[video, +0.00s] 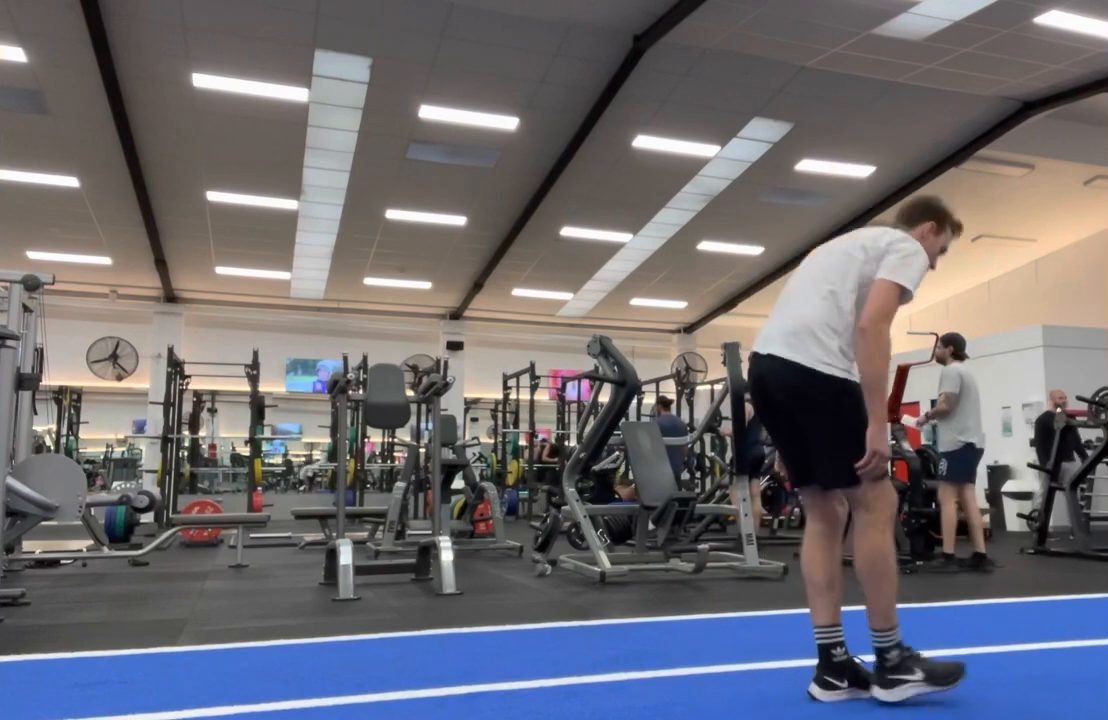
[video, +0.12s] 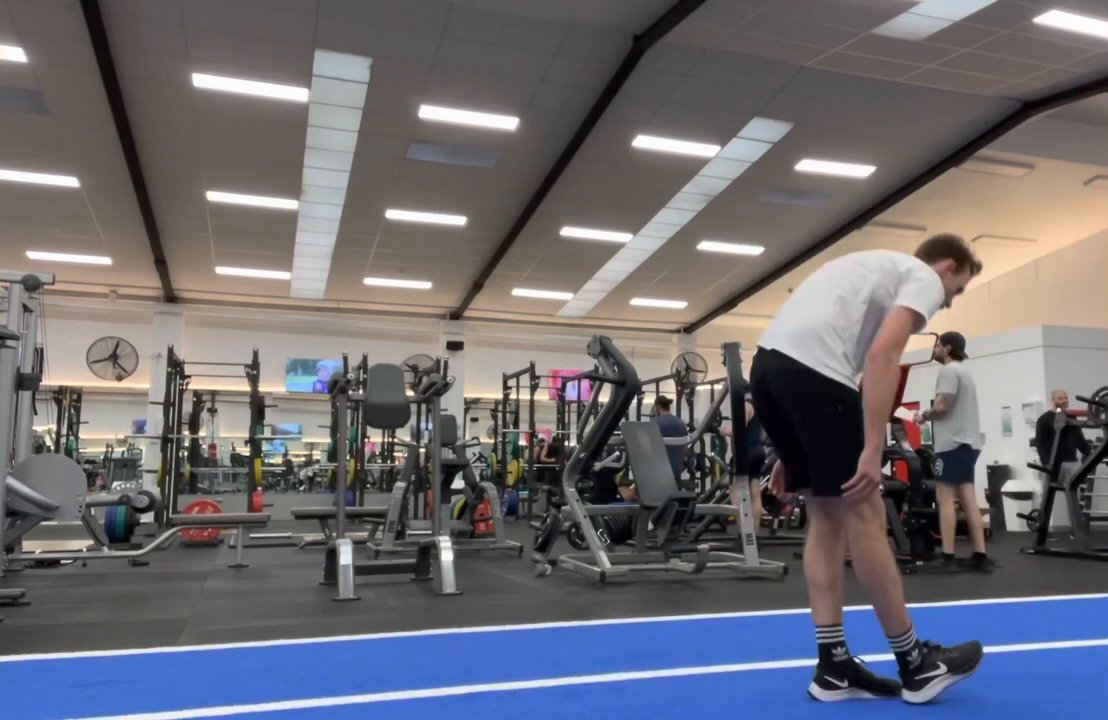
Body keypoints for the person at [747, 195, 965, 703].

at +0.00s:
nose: (936, 261)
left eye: (942, 254)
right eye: (940, 251)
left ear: (904, 224)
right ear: (927, 231)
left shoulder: (844, 246)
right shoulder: (906, 248)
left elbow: (796, 332)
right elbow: (872, 323)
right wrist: (878, 422)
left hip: (768, 372)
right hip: (818, 371)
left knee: (824, 513)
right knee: (877, 503)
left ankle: (833, 664)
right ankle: (892, 659)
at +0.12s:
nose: (953, 300)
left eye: (959, 293)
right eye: (958, 287)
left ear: (923, 256)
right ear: (947, 266)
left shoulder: (868, 270)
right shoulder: (923, 276)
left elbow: (804, 355)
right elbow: (882, 353)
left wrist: (785, 448)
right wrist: (874, 447)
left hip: (770, 370)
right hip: (817, 373)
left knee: (824, 519)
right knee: (866, 513)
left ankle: (833, 664)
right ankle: (913, 661)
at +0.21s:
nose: (960, 344)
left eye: (968, 338)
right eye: (967, 333)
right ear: (961, 309)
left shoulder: (888, 306)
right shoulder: (937, 310)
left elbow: (839, 399)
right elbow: (893, 387)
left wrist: (791, 478)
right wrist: (877, 479)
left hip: (772, 370)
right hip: (816, 379)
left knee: (827, 519)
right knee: (861, 518)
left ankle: (833, 664)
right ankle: (911, 665)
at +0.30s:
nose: (968, 379)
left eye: (975, 376)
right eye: (976, 370)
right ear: (972, 344)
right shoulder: (946, 340)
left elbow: (827, 419)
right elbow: (902, 421)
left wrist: (796, 503)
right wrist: (888, 513)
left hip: (772, 371)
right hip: (814, 376)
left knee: (828, 524)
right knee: (858, 523)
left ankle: (834, 665)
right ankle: (911, 667)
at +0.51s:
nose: (965, 442)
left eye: (973, 439)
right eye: (974, 435)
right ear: (978, 402)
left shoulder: (886, 402)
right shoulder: (955, 386)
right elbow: (924, 487)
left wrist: (822, 574)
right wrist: (923, 588)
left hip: (775, 370)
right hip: (810, 370)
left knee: (832, 515)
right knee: (858, 519)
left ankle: (834, 665)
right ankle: (910, 667)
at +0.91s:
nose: (981, 446)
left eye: (988, 440)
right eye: (989, 434)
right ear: (991, 408)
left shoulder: (899, 408)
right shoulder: (971, 380)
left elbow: (911, 499)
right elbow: (989, 501)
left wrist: (959, 574)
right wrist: (1033, 580)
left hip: (788, 369)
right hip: (829, 370)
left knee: (837, 521)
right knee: (875, 520)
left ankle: (833, 665)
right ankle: (915, 669)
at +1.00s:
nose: (994, 418)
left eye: (999, 413)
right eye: (1002, 408)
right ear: (1003, 380)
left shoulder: (913, 386)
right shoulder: (982, 358)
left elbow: (911, 479)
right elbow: (996, 483)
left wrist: (978, 531)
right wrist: (1037, 532)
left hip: (796, 368)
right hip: (840, 371)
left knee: (847, 518)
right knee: (891, 516)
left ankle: (833, 666)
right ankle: (920, 670)